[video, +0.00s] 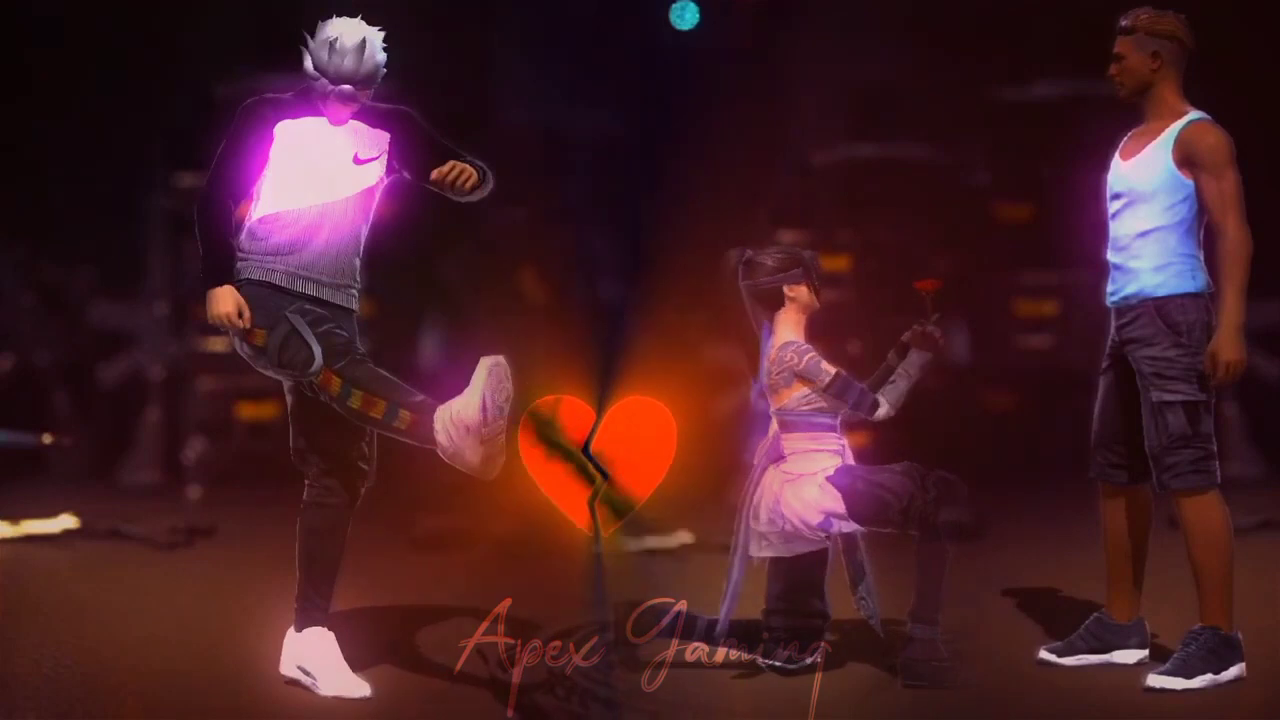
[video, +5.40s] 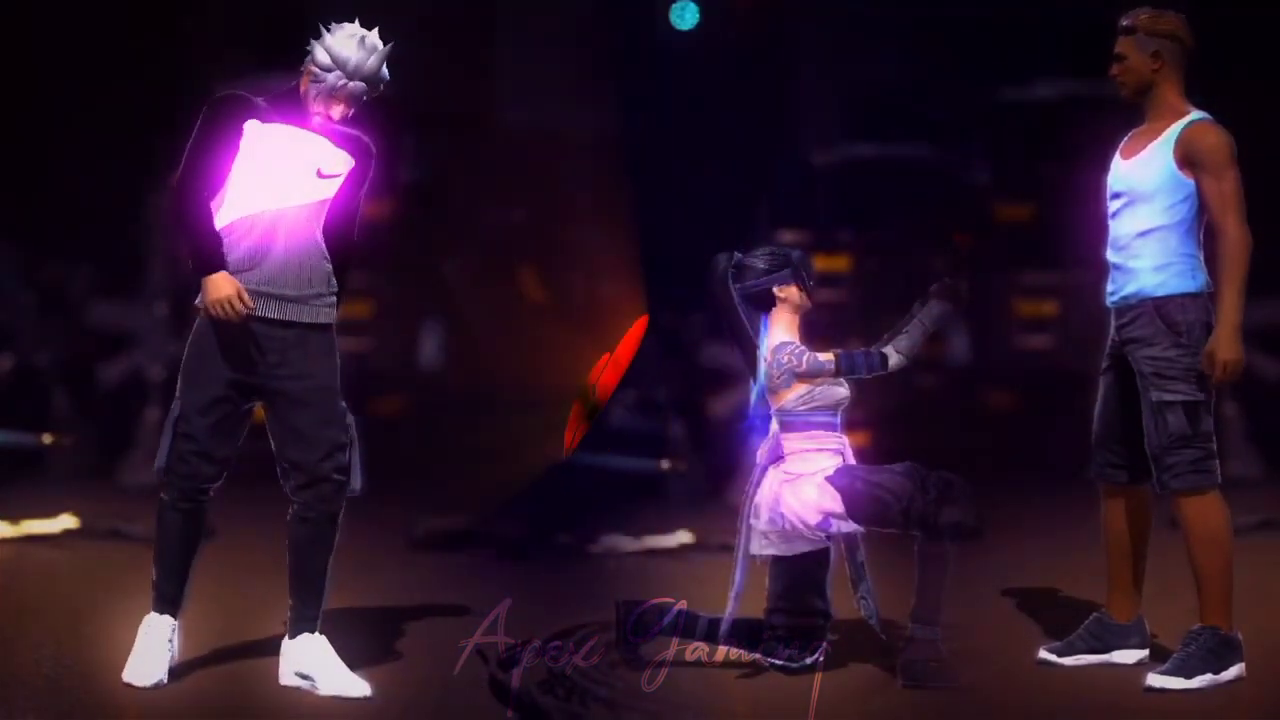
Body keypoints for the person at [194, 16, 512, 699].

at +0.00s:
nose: (345, 106)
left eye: (359, 95)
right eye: (335, 92)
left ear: (376, 82)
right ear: (313, 75)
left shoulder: (395, 127)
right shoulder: (267, 114)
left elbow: (471, 180)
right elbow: (218, 197)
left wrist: (472, 177)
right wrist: (216, 277)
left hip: (336, 307)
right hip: (260, 291)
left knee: (336, 475)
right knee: (311, 360)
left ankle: (309, 633)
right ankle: (448, 430)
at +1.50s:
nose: (357, 117)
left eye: (370, 107)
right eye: (348, 102)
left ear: (386, 98)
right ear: (329, 80)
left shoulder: (391, 136)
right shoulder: (270, 118)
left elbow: (445, 213)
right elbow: (219, 202)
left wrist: (456, 194)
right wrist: (207, 287)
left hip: (334, 309)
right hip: (263, 294)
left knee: (344, 461)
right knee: (311, 408)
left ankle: (308, 635)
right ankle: (397, 520)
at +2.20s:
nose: (360, 121)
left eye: (374, 112)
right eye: (353, 106)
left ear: (386, 107)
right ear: (332, 86)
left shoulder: (381, 144)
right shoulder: (274, 117)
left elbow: (402, 220)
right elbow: (223, 205)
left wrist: (428, 238)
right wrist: (212, 288)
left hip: (333, 309)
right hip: (264, 297)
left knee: (352, 456)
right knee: (298, 440)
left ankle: (305, 638)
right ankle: (337, 596)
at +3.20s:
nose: (357, 123)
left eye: (371, 114)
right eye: (351, 105)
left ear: (384, 110)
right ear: (329, 83)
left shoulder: (373, 153)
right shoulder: (269, 119)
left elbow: (376, 245)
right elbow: (220, 200)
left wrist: (399, 317)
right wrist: (210, 287)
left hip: (333, 324)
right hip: (264, 311)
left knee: (343, 474)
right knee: (263, 467)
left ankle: (309, 637)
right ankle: (246, 635)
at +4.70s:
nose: (348, 116)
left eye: (362, 108)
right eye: (341, 98)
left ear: (375, 107)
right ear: (319, 82)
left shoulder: (369, 157)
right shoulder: (257, 122)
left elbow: (361, 255)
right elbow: (213, 197)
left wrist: (353, 345)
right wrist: (217, 279)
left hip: (325, 333)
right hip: (250, 319)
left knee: (334, 479)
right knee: (208, 473)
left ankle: (307, 637)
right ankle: (172, 625)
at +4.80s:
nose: (344, 115)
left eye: (359, 107)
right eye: (338, 96)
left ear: (372, 107)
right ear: (315, 81)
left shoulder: (364, 154)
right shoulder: (251, 118)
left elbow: (358, 227)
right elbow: (208, 198)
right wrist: (218, 277)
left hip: (319, 331)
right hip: (244, 318)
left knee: (333, 478)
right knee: (203, 471)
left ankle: (306, 637)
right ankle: (169, 623)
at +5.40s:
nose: (340, 111)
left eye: (354, 102)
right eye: (333, 94)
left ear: (365, 98)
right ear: (308, 78)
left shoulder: (362, 150)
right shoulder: (236, 115)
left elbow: (344, 241)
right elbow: (189, 197)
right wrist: (210, 269)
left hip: (307, 329)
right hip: (227, 319)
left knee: (321, 477)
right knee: (188, 470)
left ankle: (304, 639)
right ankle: (161, 623)